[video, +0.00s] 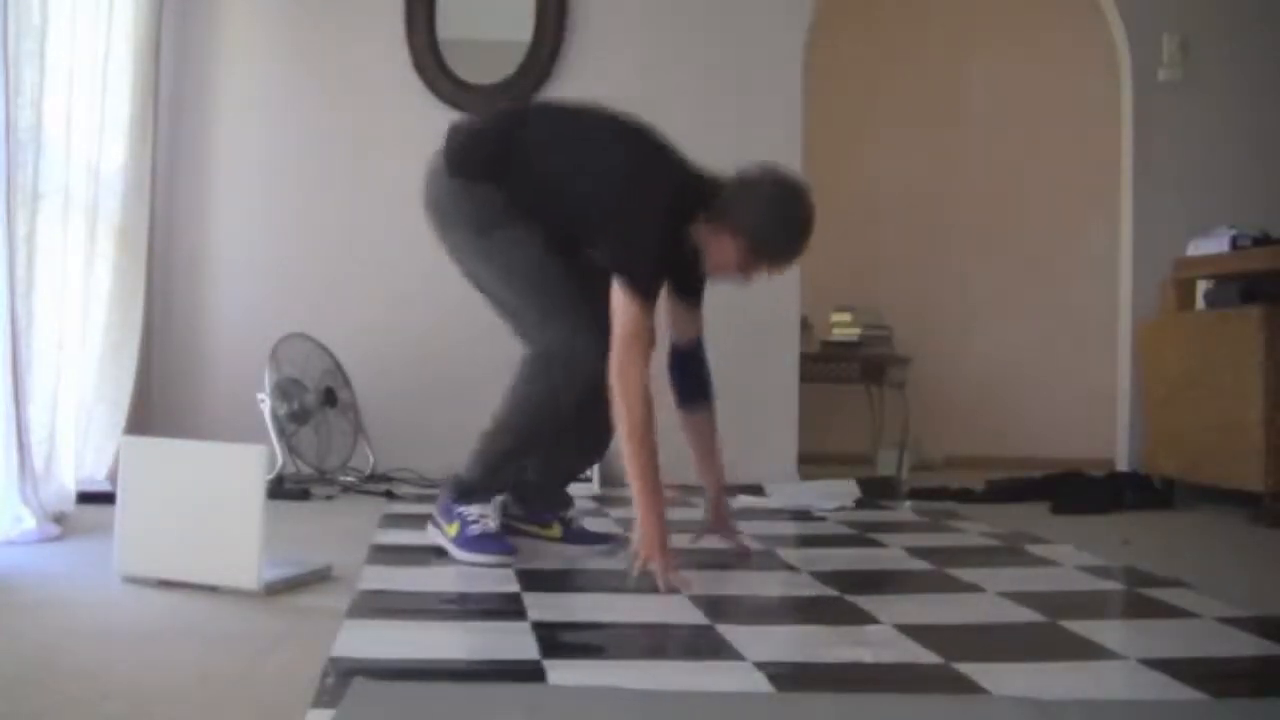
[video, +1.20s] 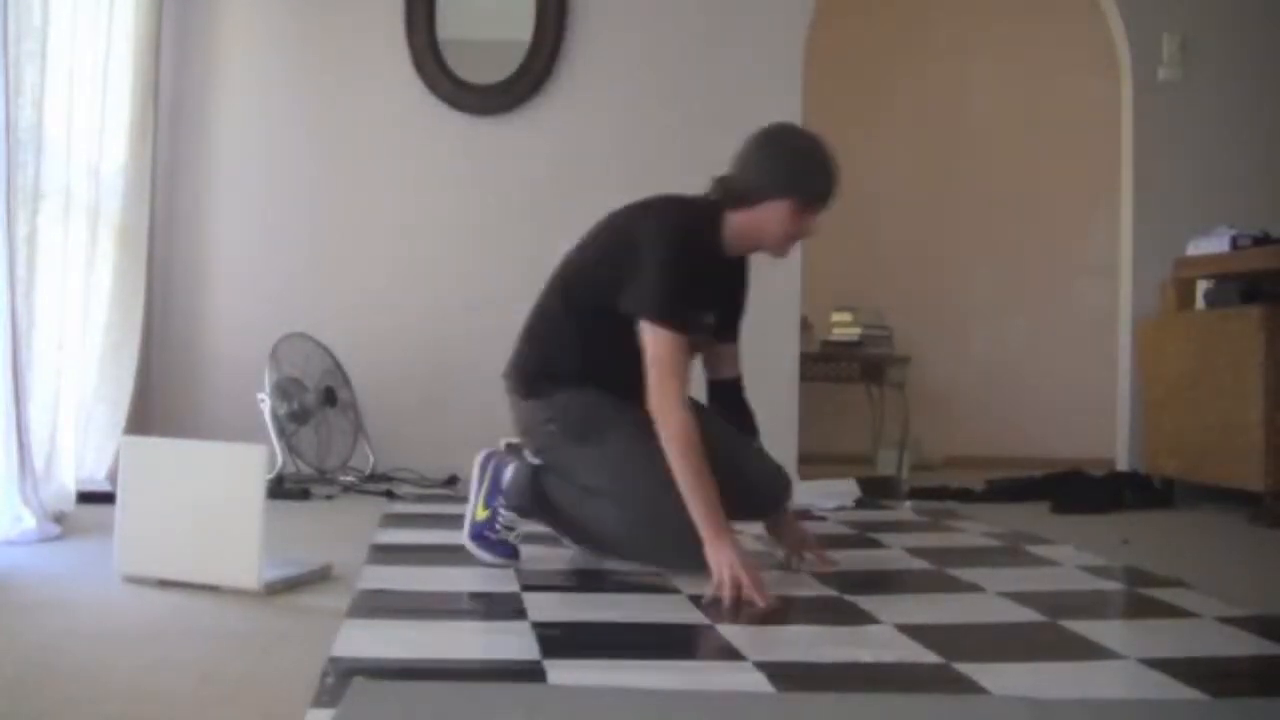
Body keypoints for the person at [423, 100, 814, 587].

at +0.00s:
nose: (746, 275)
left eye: (758, 269)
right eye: (752, 261)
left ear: (731, 223)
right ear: (733, 230)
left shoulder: (691, 237)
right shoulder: (647, 217)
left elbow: (687, 365)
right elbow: (627, 378)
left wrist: (716, 496)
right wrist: (649, 518)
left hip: (535, 200)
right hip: (471, 186)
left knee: (606, 367)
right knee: (567, 347)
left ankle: (533, 500)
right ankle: (465, 500)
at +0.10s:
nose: (744, 297)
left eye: (754, 290)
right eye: (749, 283)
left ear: (728, 245)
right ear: (730, 254)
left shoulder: (687, 257)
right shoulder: (643, 232)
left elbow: (672, 380)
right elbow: (607, 389)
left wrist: (693, 510)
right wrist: (640, 524)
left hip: (525, 221)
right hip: (466, 214)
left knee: (637, 355)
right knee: (577, 356)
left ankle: (536, 503)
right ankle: (463, 503)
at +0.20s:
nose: (754, 300)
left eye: (765, 291)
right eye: (760, 285)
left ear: (736, 249)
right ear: (739, 256)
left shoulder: (690, 264)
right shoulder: (646, 236)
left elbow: (667, 383)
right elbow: (600, 391)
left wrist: (690, 509)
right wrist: (640, 528)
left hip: (530, 274)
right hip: (471, 271)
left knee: (658, 373)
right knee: (611, 386)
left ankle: (542, 504)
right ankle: (471, 496)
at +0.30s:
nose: (758, 287)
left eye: (767, 276)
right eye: (762, 271)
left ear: (733, 243)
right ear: (736, 247)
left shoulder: (687, 265)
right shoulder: (640, 239)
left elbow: (670, 384)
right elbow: (595, 395)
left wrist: (690, 509)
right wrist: (641, 530)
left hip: (538, 310)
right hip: (479, 310)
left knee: (679, 374)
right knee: (644, 395)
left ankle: (551, 501)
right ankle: (477, 494)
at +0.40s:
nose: (746, 264)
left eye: (753, 251)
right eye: (745, 246)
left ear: (710, 218)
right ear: (713, 222)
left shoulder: (675, 263)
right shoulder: (616, 243)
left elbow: (657, 381)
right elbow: (584, 399)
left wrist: (691, 509)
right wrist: (641, 529)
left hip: (556, 359)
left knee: (708, 385)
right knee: (663, 434)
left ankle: (565, 493)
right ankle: (487, 488)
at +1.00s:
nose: (743, 225)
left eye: (746, 210)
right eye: (736, 208)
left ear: (706, 203)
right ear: (701, 198)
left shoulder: (681, 262)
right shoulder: (614, 249)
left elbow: (707, 383)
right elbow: (648, 400)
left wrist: (767, 498)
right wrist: (715, 527)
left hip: (595, 401)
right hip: (520, 407)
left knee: (732, 433)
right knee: (668, 495)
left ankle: (572, 496)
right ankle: (503, 486)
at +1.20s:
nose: (808, 229)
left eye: (813, 215)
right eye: (804, 212)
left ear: (767, 200)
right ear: (770, 199)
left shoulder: (728, 260)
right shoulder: (669, 238)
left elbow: (726, 392)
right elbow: (667, 406)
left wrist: (776, 511)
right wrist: (718, 543)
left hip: (630, 402)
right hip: (559, 405)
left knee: (763, 490)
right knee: (682, 547)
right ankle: (515, 483)